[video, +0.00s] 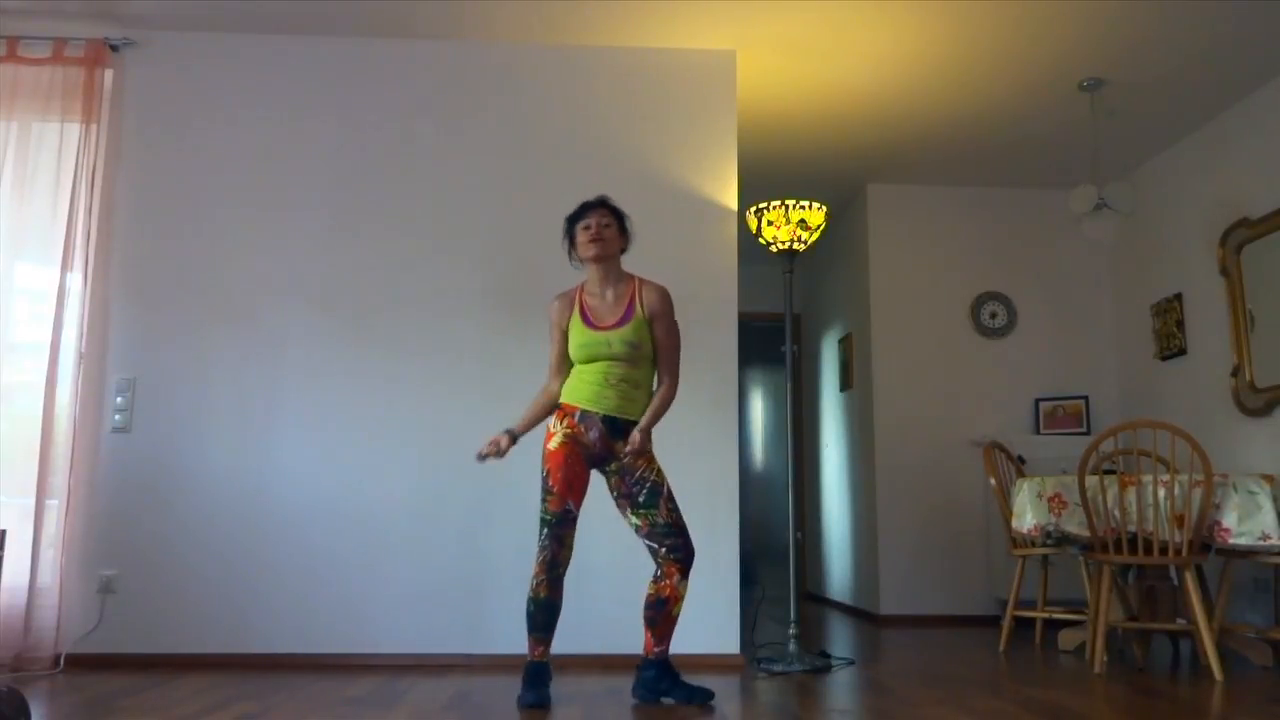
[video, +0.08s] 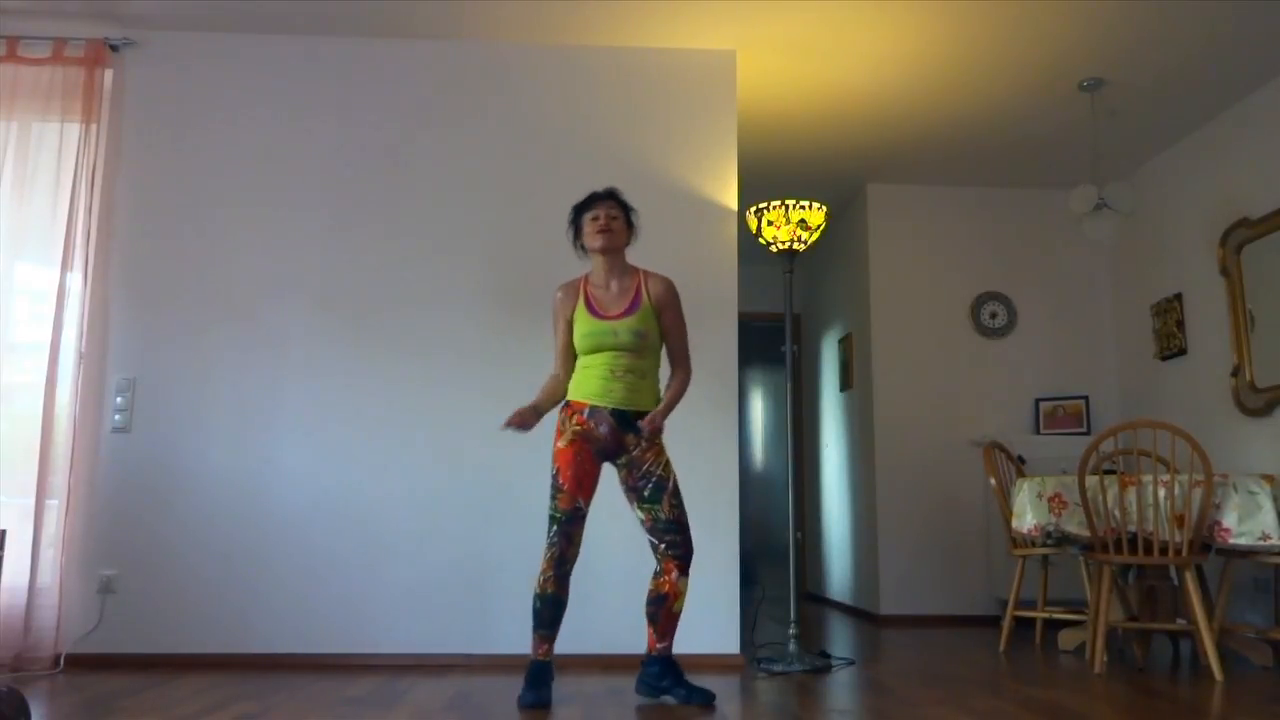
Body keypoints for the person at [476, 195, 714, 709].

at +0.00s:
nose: (596, 232)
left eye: (606, 225)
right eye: (586, 228)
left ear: (624, 238)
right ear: (573, 245)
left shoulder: (651, 297)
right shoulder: (565, 305)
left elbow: (668, 380)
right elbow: (555, 383)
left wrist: (644, 427)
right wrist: (512, 431)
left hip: (625, 436)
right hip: (569, 430)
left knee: (676, 552)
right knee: (553, 549)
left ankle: (654, 669)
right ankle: (536, 672)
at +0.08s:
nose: (603, 222)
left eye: (612, 216)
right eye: (592, 217)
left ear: (629, 230)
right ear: (579, 235)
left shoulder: (657, 289)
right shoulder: (568, 295)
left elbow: (681, 368)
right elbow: (561, 371)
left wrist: (662, 411)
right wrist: (534, 409)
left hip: (638, 428)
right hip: (578, 425)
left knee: (675, 546)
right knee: (562, 543)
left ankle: (658, 665)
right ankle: (539, 667)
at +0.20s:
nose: (622, 215)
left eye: (632, 209)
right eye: (612, 210)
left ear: (646, 224)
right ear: (595, 226)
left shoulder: (669, 284)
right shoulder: (579, 284)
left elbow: (700, 358)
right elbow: (564, 358)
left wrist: (692, 394)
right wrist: (566, 386)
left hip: (659, 423)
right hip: (597, 423)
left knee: (678, 543)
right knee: (570, 543)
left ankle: (679, 661)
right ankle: (559, 665)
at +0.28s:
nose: (635, 217)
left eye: (644, 212)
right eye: (625, 211)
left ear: (657, 228)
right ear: (606, 227)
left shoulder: (678, 289)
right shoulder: (587, 285)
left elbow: (704, 359)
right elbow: (568, 362)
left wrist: (710, 395)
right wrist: (588, 389)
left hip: (669, 425)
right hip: (610, 426)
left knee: (685, 546)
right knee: (570, 544)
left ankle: (699, 664)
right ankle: (573, 669)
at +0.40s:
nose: (650, 232)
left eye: (660, 228)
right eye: (640, 225)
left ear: (671, 246)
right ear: (620, 240)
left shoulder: (685, 309)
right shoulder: (596, 296)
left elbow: (697, 382)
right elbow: (583, 378)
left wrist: (727, 430)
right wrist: (609, 426)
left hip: (681, 433)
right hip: (626, 436)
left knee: (690, 552)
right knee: (567, 548)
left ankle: (700, 667)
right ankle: (577, 670)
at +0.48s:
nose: (653, 236)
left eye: (664, 233)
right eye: (644, 228)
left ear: (674, 251)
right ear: (624, 241)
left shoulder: (685, 313)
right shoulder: (598, 295)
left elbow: (693, 390)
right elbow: (581, 376)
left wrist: (725, 440)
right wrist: (608, 433)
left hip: (682, 434)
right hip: (626, 436)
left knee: (688, 552)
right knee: (567, 549)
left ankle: (700, 666)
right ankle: (575, 670)